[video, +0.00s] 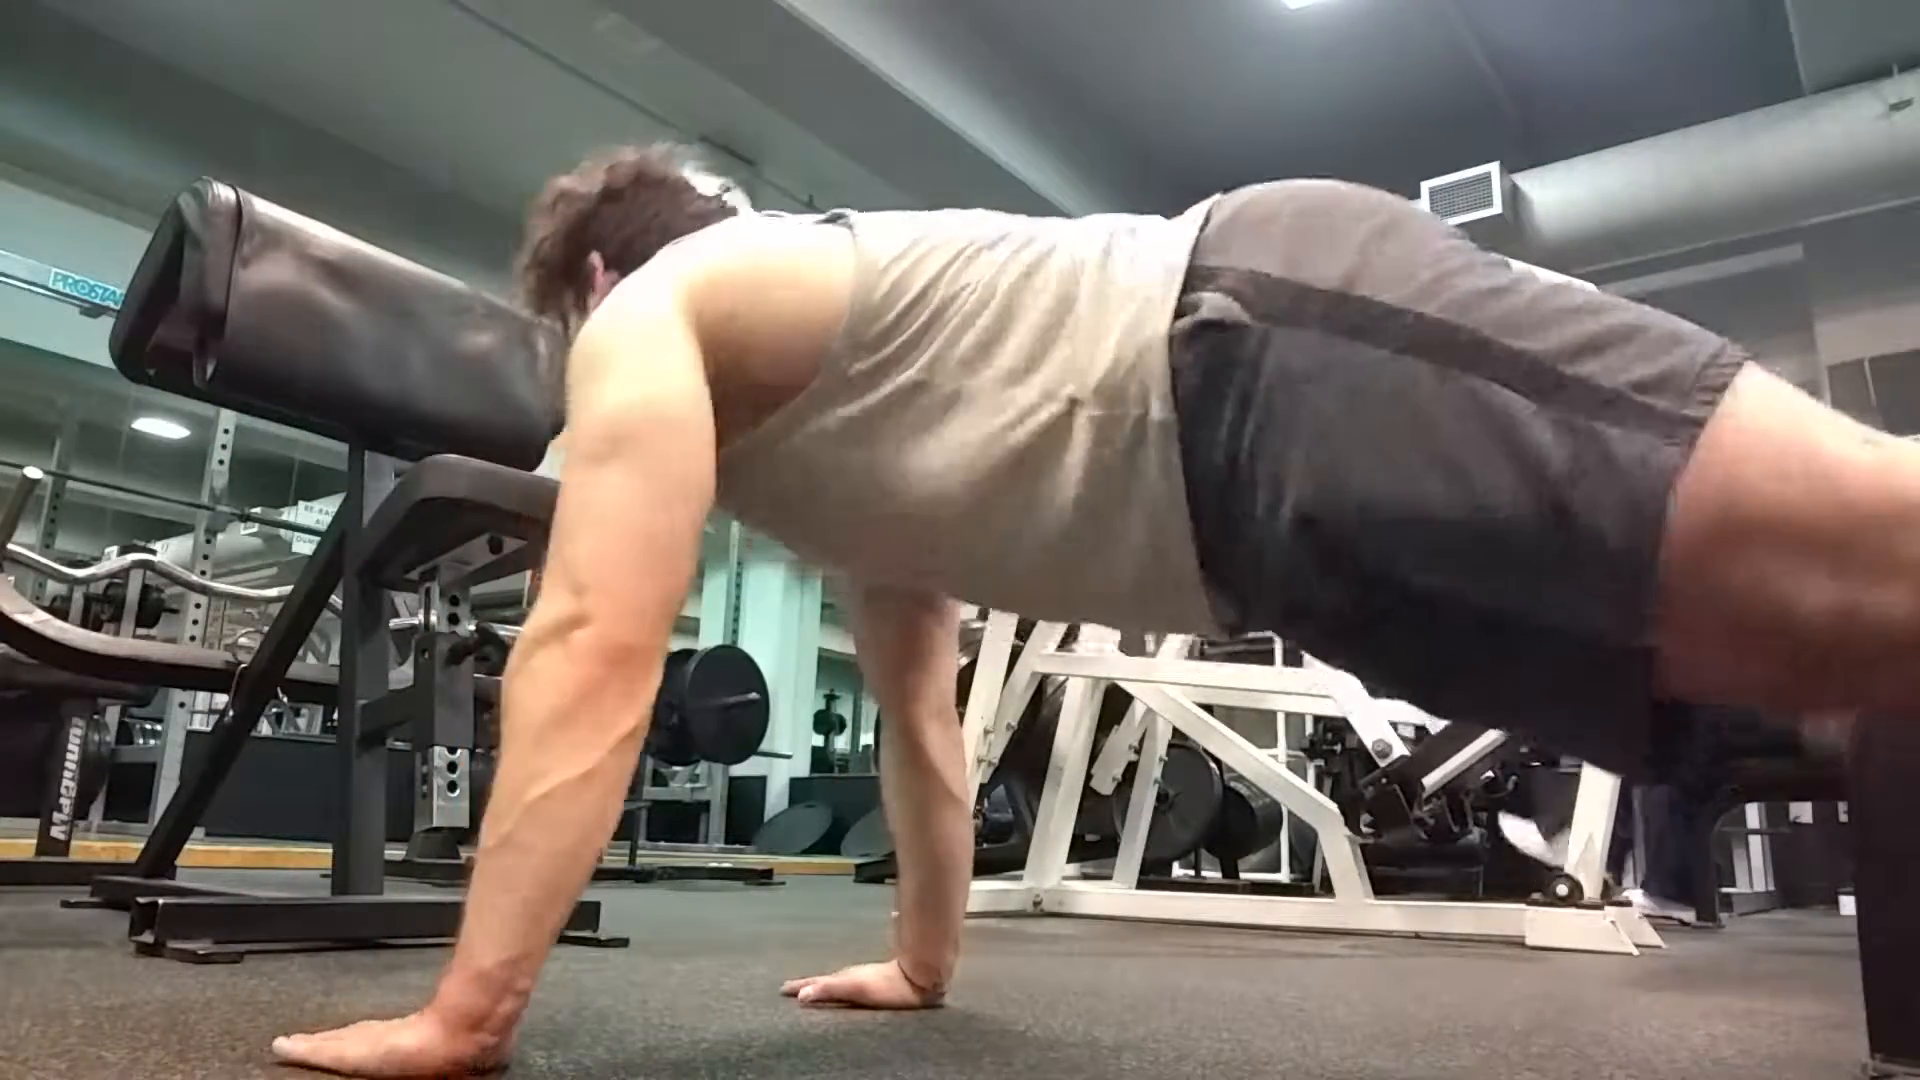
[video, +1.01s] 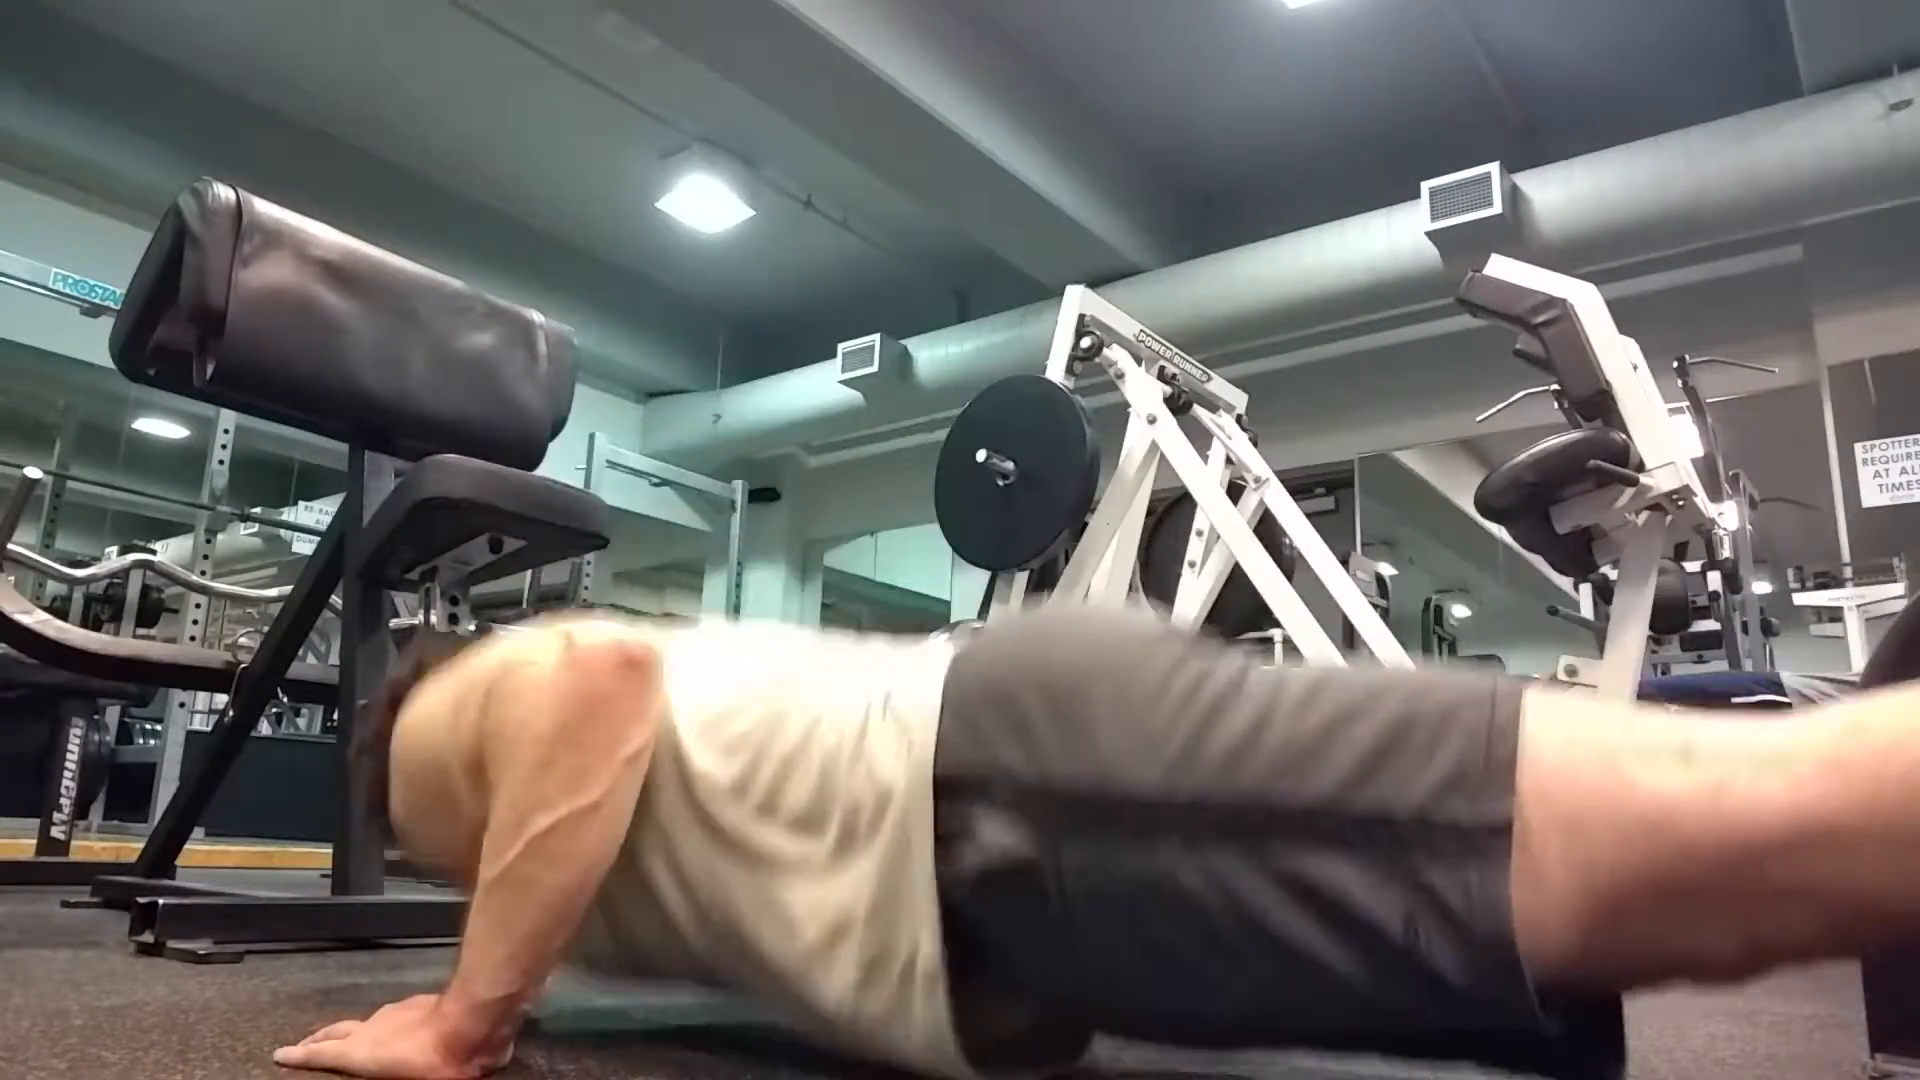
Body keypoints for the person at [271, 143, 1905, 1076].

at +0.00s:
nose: (575, 372)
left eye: (571, 333)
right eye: (565, 347)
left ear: (601, 280)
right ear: (705, 234)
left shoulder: (655, 315)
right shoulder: (858, 414)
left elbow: (594, 652)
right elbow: (915, 694)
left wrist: (465, 1006)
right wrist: (925, 960)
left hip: (1270, 364)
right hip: (1280, 542)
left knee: (1876, 557)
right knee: (1840, 694)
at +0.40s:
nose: (491, 536)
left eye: (477, 501)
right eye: (485, 510)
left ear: (497, 433)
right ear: (599, 375)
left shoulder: (556, 437)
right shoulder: (768, 435)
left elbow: (614, 672)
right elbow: (974, 726)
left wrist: (467, 1020)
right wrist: (929, 968)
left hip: (1142, 536)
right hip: (1145, 618)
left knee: (1815, 657)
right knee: (1758, 739)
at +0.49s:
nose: (433, 596)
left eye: (426, 564)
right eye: (425, 580)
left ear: (444, 492)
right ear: (556, 424)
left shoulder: (534, 492)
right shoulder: (720, 498)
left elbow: (611, 676)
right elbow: (985, 733)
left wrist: (469, 1010)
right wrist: (924, 975)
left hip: (1108, 601)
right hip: (1119, 666)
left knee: (1819, 692)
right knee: (1782, 766)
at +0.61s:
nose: (410, 701)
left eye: (400, 662)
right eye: (401, 682)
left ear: (422, 589)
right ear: (522, 530)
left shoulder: (492, 585)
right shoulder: (653, 573)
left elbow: (601, 693)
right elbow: (908, 704)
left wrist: (464, 1018)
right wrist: (933, 959)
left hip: (1064, 692)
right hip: (1079, 735)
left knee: (1765, 757)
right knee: (1741, 796)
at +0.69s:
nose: (408, 720)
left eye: (402, 679)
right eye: (409, 703)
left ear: (425, 604)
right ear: (528, 561)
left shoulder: (481, 619)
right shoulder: (649, 606)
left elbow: (598, 694)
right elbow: (896, 727)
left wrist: (461, 1020)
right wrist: (934, 957)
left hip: (1048, 716)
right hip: (1064, 811)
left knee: (1759, 788)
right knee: (1741, 818)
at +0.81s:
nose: (431, 849)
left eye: (408, 830)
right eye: (426, 828)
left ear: (403, 759)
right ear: (458, 717)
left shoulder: (447, 721)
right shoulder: (544, 755)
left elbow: (607, 697)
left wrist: (458, 1014)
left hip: (1020, 796)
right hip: (1034, 850)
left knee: (1718, 842)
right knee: (1709, 853)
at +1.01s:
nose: (436, 852)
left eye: (410, 833)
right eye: (430, 832)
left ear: (410, 750)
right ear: (450, 754)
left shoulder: (451, 711)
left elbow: (602, 691)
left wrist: (461, 1013)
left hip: (1006, 801)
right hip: (1012, 870)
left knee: (1734, 844)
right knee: (1722, 851)